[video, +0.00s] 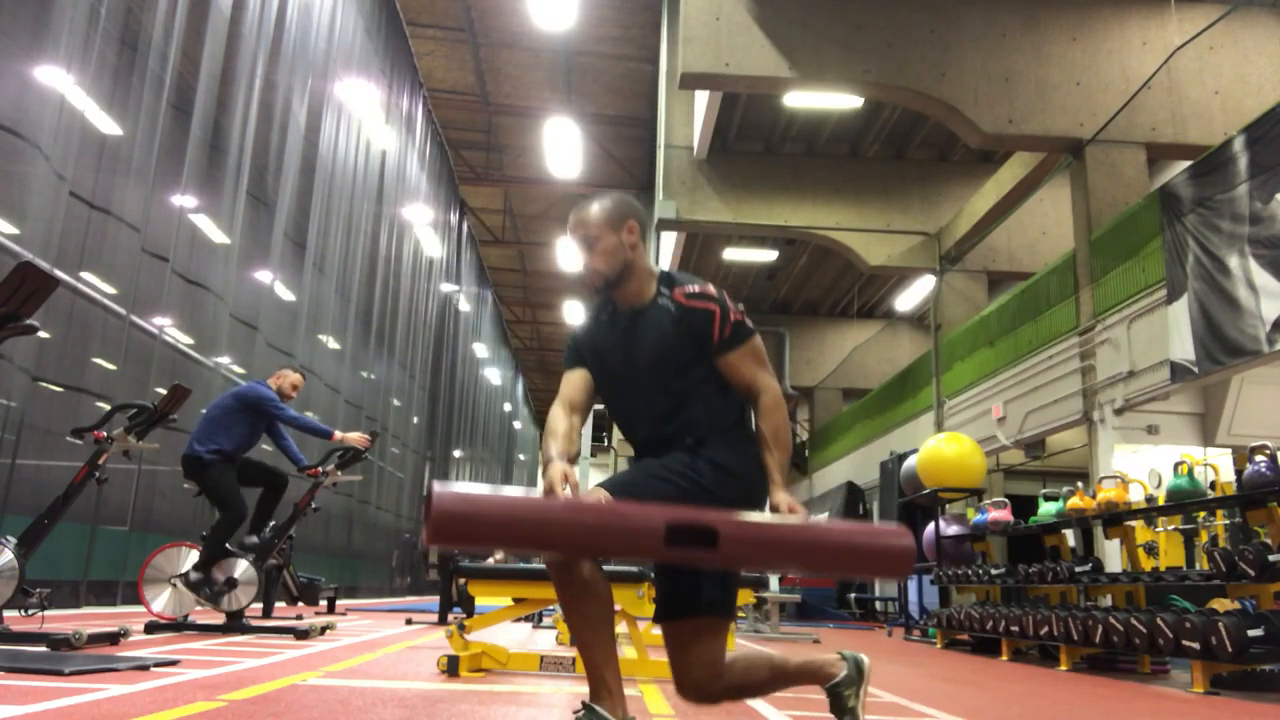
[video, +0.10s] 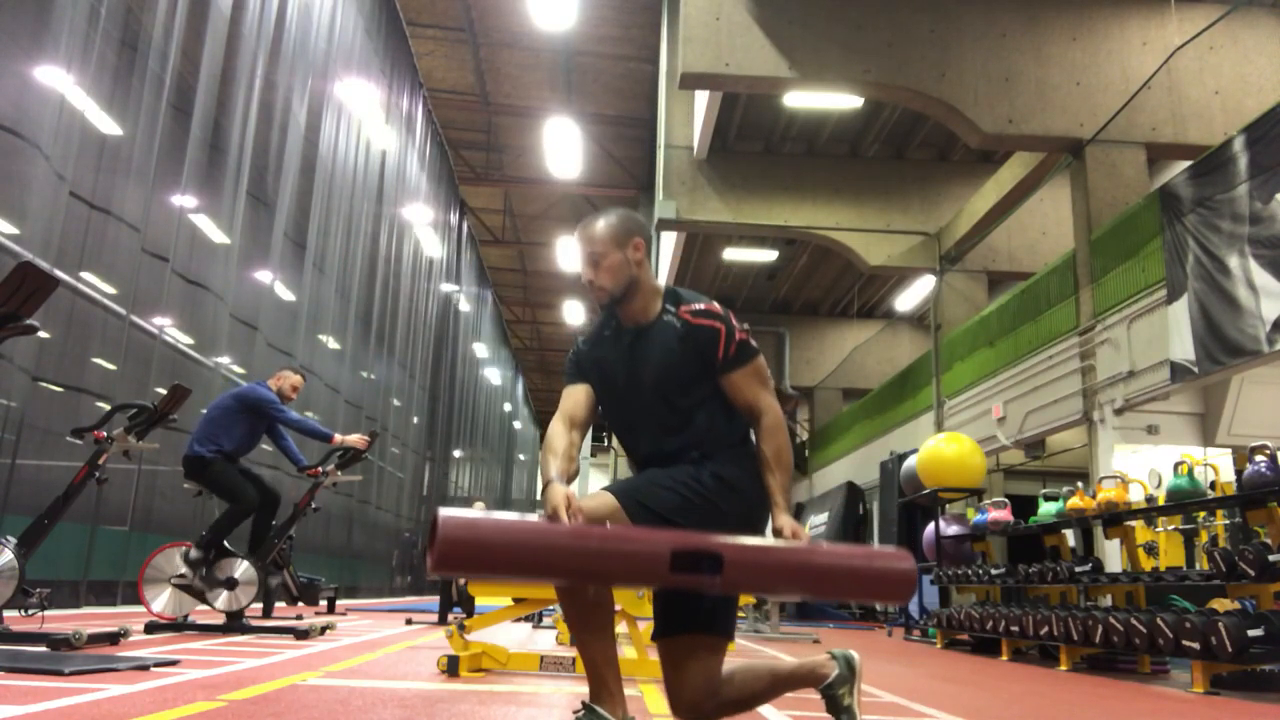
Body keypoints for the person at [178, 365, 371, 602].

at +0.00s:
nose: (295, 393)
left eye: (297, 391)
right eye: (293, 386)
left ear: (280, 384)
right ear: (276, 378)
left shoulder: (264, 402)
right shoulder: (258, 392)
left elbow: (280, 438)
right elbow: (294, 420)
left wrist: (305, 467)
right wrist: (341, 437)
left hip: (225, 460)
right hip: (204, 460)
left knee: (277, 479)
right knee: (235, 512)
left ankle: (252, 537)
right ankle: (198, 572)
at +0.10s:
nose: (294, 396)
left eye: (298, 393)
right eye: (293, 388)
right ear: (277, 379)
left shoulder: (267, 406)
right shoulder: (257, 394)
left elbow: (282, 440)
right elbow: (294, 420)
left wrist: (305, 467)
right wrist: (340, 439)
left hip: (224, 461)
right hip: (203, 459)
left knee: (269, 498)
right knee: (248, 500)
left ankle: (256, 560)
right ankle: (202, 548)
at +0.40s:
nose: (295, 395)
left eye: (298, 392)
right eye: (294, 388)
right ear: (278, 378)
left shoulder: (264, 403)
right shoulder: (258, 393)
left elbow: (281, 439)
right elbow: (294, 421)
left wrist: (305, 467)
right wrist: (340, 440)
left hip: (212, 459)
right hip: (205, 455)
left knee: (249, 511)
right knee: (265, 475)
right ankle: (237, 539)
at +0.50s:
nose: (294, 396)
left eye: (298, 393)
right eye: (293, 388)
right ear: (277, 379)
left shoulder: (267, 406)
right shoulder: (259, 393)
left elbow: (282, 439)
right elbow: (293, 420)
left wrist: (305, 467)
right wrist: (340, 439)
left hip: (218, 459)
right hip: (207, 458)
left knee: (260, 502)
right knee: (259, 501)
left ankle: (226, 547)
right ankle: (238, 561)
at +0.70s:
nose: (296, 395)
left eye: (299, 392)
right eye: (295, 388)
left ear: (283, 385)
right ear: (279, 379)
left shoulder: (266, 402)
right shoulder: (260, 393)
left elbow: (280, 439)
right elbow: (295, 422)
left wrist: (305, 467)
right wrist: (341, 440)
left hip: (227, 462)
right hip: (208, 460)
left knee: (278, 476)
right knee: (232, 516)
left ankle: (244, 527)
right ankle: (216, 583)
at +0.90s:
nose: (294, 397)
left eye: (298, 394)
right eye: (293, 390)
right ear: (277, 380)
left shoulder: (266, 407)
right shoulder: (258, 393)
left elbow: (280, 440)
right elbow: (295, 422)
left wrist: (304, 467)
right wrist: (340, 439)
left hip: (222, 461)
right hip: (204, 459)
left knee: (266, 500)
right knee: (249, 501)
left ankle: (254, 560)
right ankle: (200, 549)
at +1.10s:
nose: (296, 395)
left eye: (299, 392)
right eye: (295, 388)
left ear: (281, 384)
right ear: (279, 378)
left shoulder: (263, 402)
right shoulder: (260, 392)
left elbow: (280, 439)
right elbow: (294, 422)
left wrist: (304, 467)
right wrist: (341, 440)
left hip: (215, 460)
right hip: (206, 456)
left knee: (243, 518)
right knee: (267, 472)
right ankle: (226, 526)